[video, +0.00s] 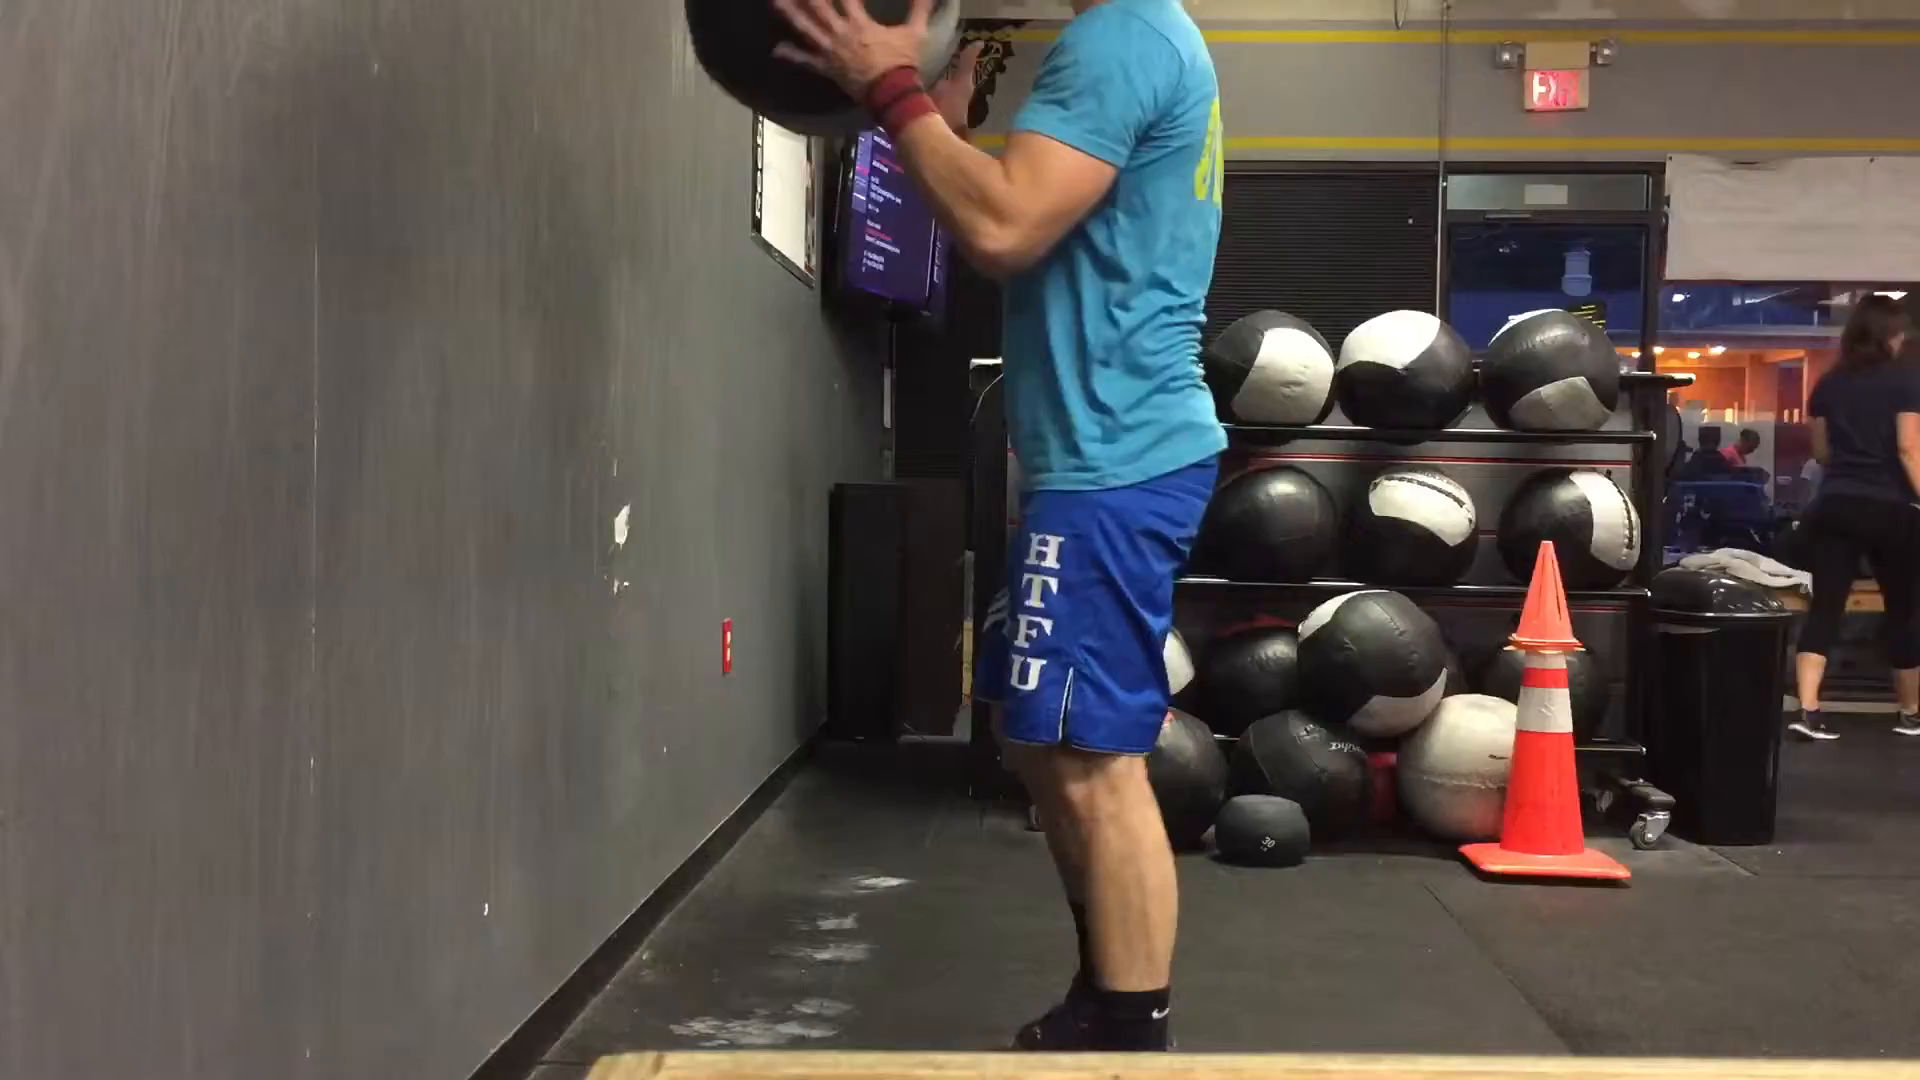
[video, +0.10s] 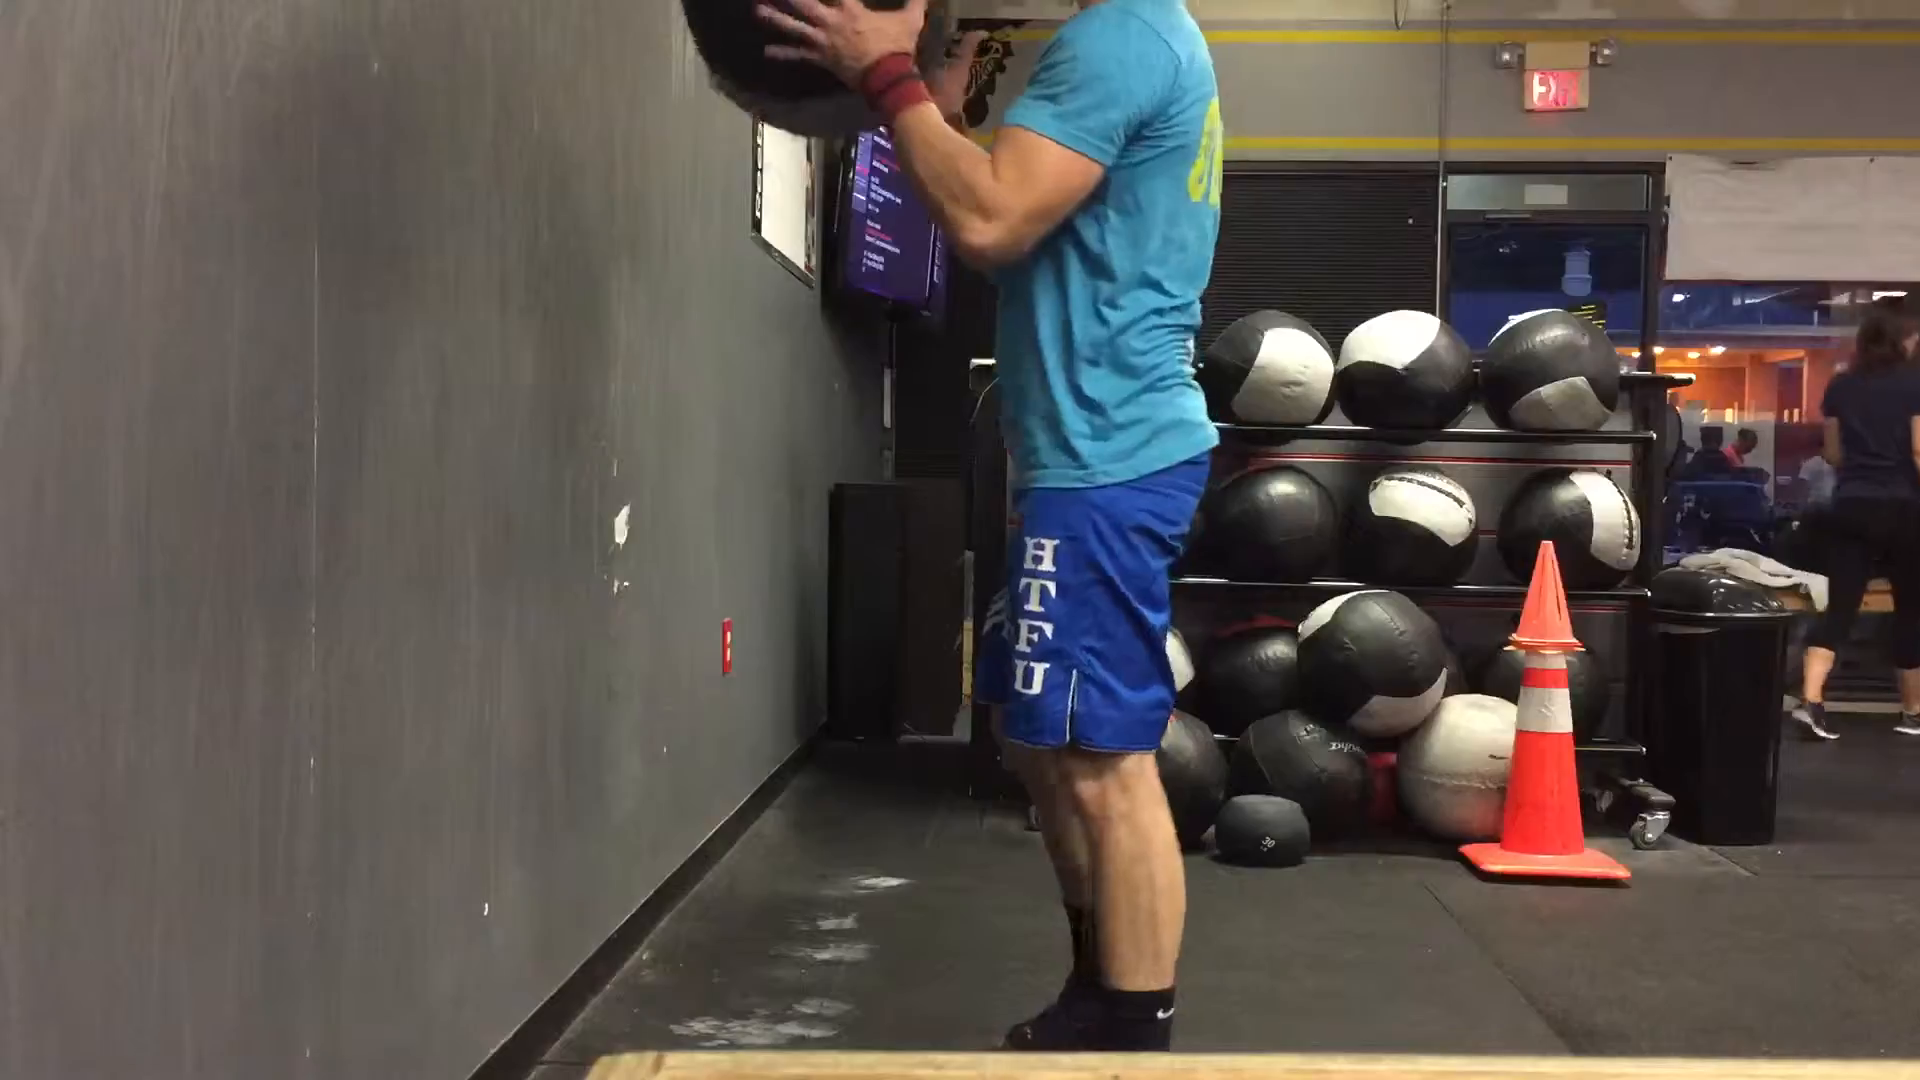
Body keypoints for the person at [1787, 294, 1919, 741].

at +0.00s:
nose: (1903, 341)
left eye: (1902, 333)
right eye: (1901, 334)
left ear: (1853, 336)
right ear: (1890, 337)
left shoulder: (1829, 384)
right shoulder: (1903, 383)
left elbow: (1820, 451)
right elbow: (1908, 449)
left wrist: (1849, 472)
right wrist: (1919, 494)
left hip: (1835, 507)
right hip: (1891, 509)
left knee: (1824, 604)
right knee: (1903, 607)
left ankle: (1806, 710)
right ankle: (1909, 710)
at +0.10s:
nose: (1917, 345)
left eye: (1916, 337)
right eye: (1914, 338)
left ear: (1865, 342)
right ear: (1901, 342)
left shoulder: (1841, 386)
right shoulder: (1912, 384)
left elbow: (1831, 452)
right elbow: (1917, 450)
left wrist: (1860, 472)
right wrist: (1912, 486)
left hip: (1852, 506)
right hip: (1903, 507)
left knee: (1839, 605)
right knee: (1909, 607)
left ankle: (1809, 702)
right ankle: (1912, 710)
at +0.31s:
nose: (1904, 346)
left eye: (1902, 340)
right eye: (1908, 339)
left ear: (1899, 343)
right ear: (1913, 343)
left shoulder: (1879, 384)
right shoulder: (1887, 384)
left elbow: (1865, 451)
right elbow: (1864, 451)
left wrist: (1863, 505)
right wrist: (1864, 503)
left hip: (1890, 503)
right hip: (1907, 504)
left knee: (1904, 600)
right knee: (1910, 603)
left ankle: (1861, 668)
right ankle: (1911, 711)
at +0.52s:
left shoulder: (1911, 397)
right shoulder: (1912, 396)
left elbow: (1898, 446)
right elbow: (1898, 446)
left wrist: (1887, 502)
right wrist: (1887, 502)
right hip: (1915, 521)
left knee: (1917, 619)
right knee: (1916, 620)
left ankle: (1913, 703)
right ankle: (1912, 703)